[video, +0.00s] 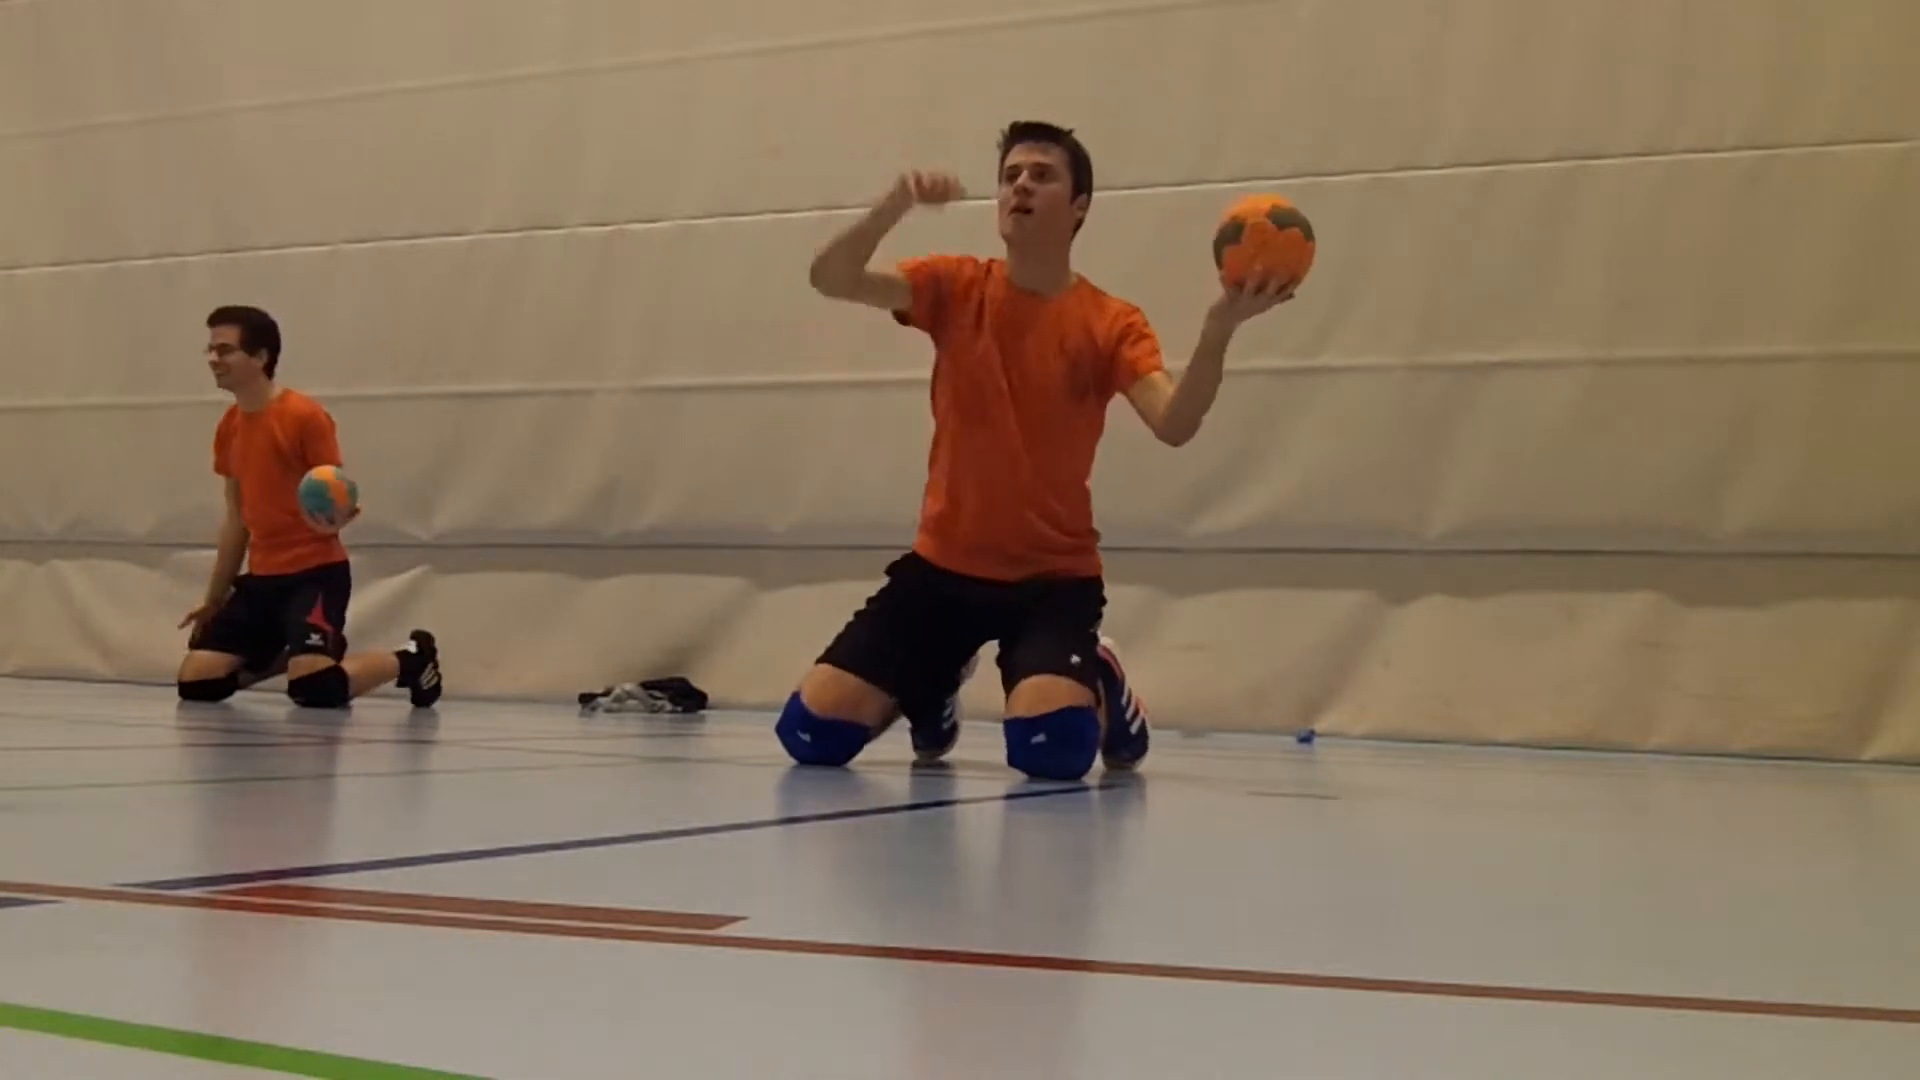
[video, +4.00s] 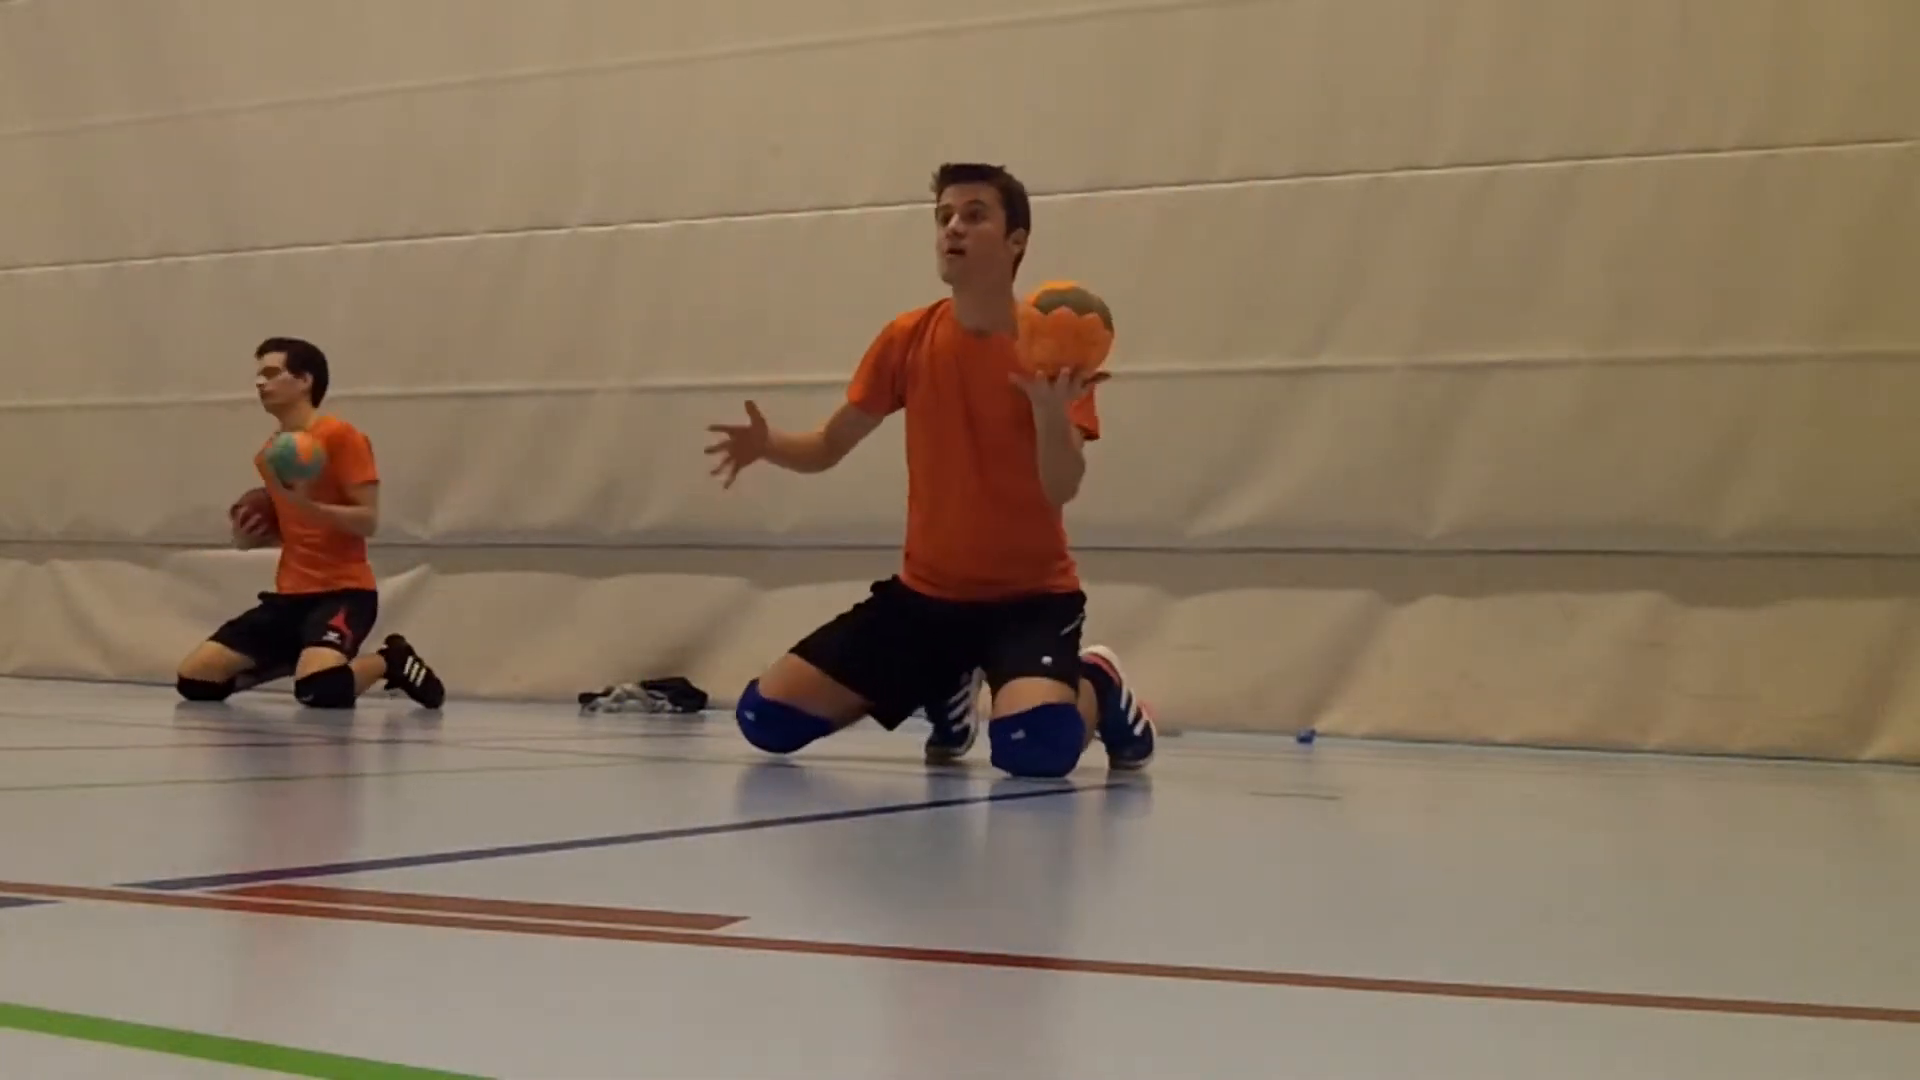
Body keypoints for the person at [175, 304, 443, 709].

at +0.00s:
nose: (213, 359)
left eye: (225, 350)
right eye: (211, 350)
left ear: (261, 357)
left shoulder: (304, 417)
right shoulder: (231, 426)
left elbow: (336, 498)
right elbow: (236, 522)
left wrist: (337, 517)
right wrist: (213, 602)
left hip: (318, 575)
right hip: (262, 579)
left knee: (312, 688)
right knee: (197, 684)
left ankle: (413, 661)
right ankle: (296, 654)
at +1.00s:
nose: (285, 386)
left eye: (293, 374)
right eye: (285, 374)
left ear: (326, 375)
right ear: (317, 377)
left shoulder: (370, 435)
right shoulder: (303, 435)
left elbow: (388, 525)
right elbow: (281, 516)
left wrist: (350, 531)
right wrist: (200, 533)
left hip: (347, 585)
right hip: (294, 583)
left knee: (322, 689)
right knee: (208, 684)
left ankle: (400, 660)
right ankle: (310, 655)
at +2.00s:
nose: (269, 341)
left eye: (282, 332)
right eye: (268, 332)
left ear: (316, 343)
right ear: (270, 340)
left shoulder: (341, 406)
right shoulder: (260, 403)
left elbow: (366, 491)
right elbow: (172, 399)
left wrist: (341, 498)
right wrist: (131, 335)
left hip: (326, 571)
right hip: (270, 572)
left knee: (316, 689)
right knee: (220, 687)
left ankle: (381, 662)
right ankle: (318, 648)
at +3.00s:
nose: (249, 370)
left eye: (260, 359)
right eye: (247, 360)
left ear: (296, 365)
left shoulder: (337, 426)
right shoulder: (263, 436)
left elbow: (378, 495)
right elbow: (262, 530)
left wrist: (422, 510)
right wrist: (221, 598)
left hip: (337, 585)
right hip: (282, 588)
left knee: (311, 688)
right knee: (211, 684)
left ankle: (373, 660)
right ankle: (308, 652)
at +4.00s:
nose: (260, 383)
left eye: (271, 373)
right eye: (259, 376)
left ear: (305, 381)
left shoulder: (342, 438)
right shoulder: (268, 455)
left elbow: (368, 522)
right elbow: (293, 529)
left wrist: (305, 505)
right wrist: (253, 537)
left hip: (344, 596)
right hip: (290, 597)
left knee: (317, 689)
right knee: (194, 683)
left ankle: (392, 662)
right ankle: (296, 659)